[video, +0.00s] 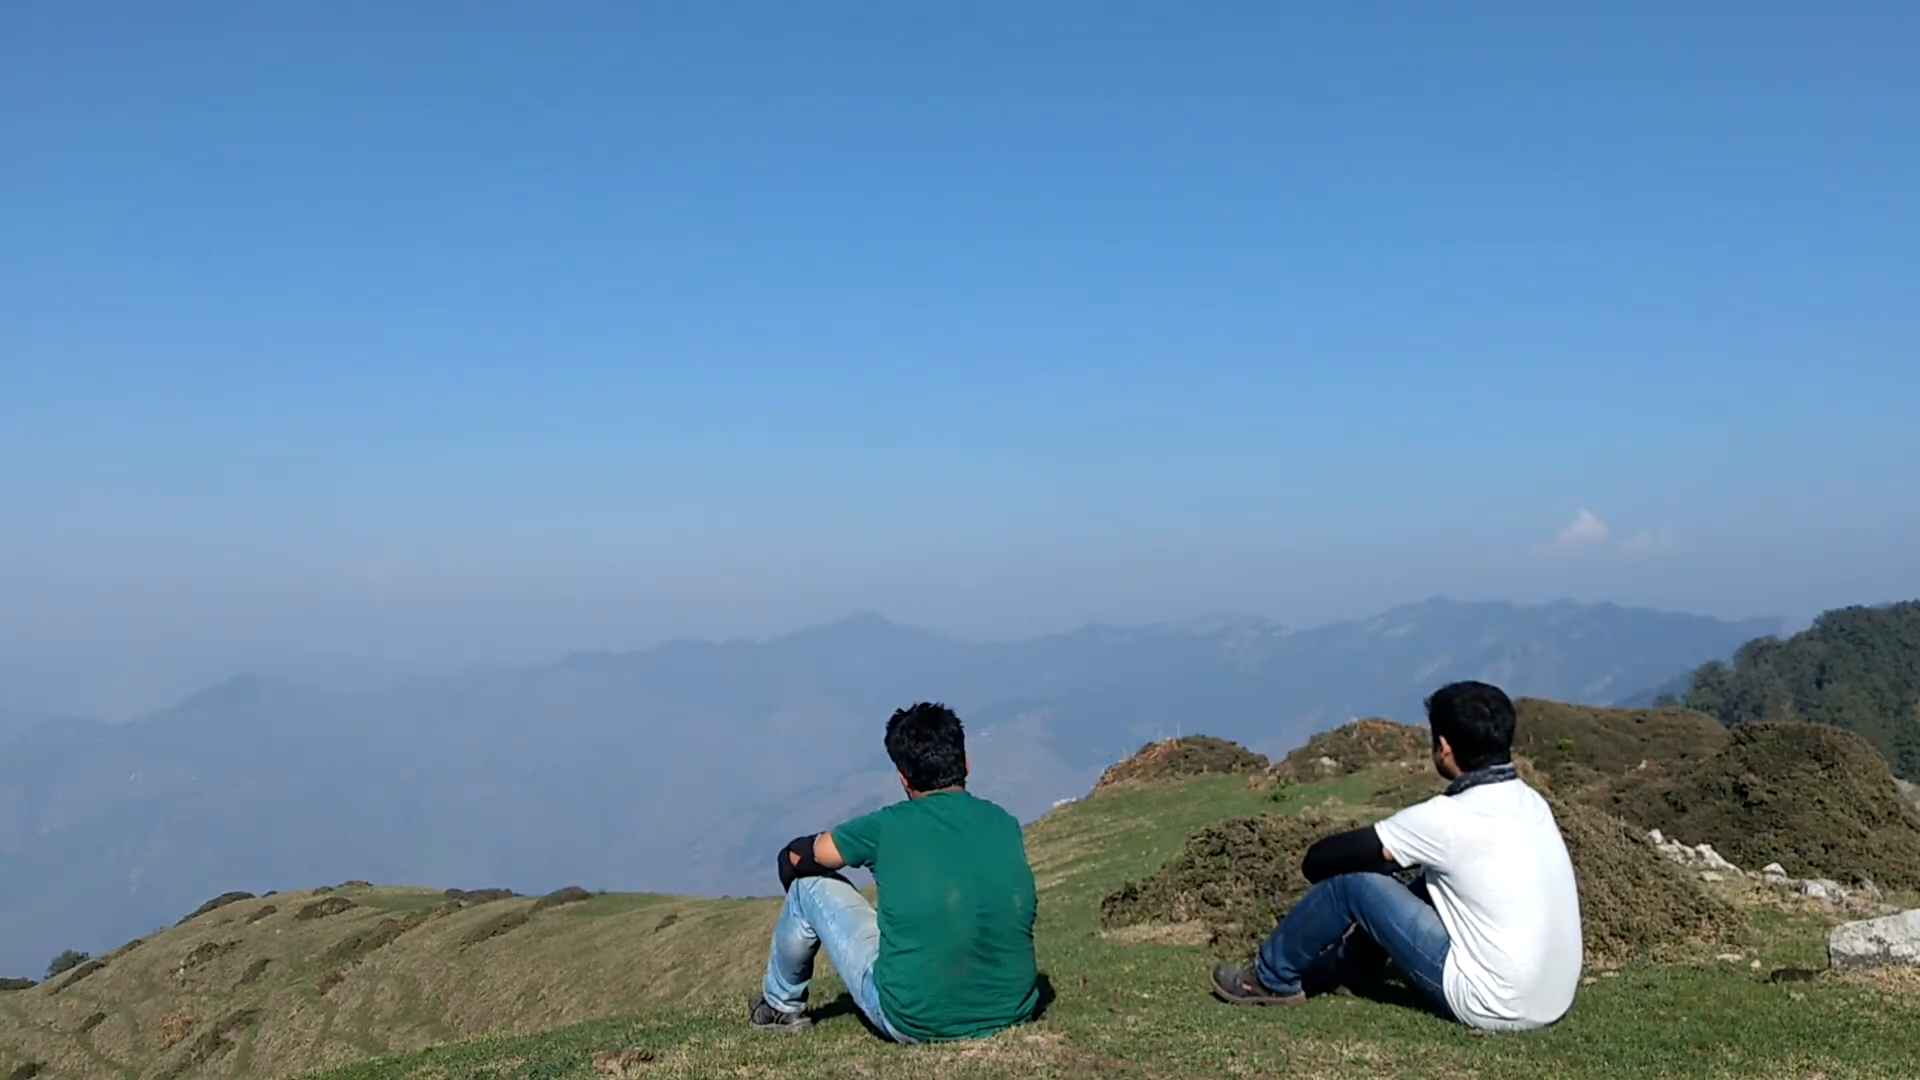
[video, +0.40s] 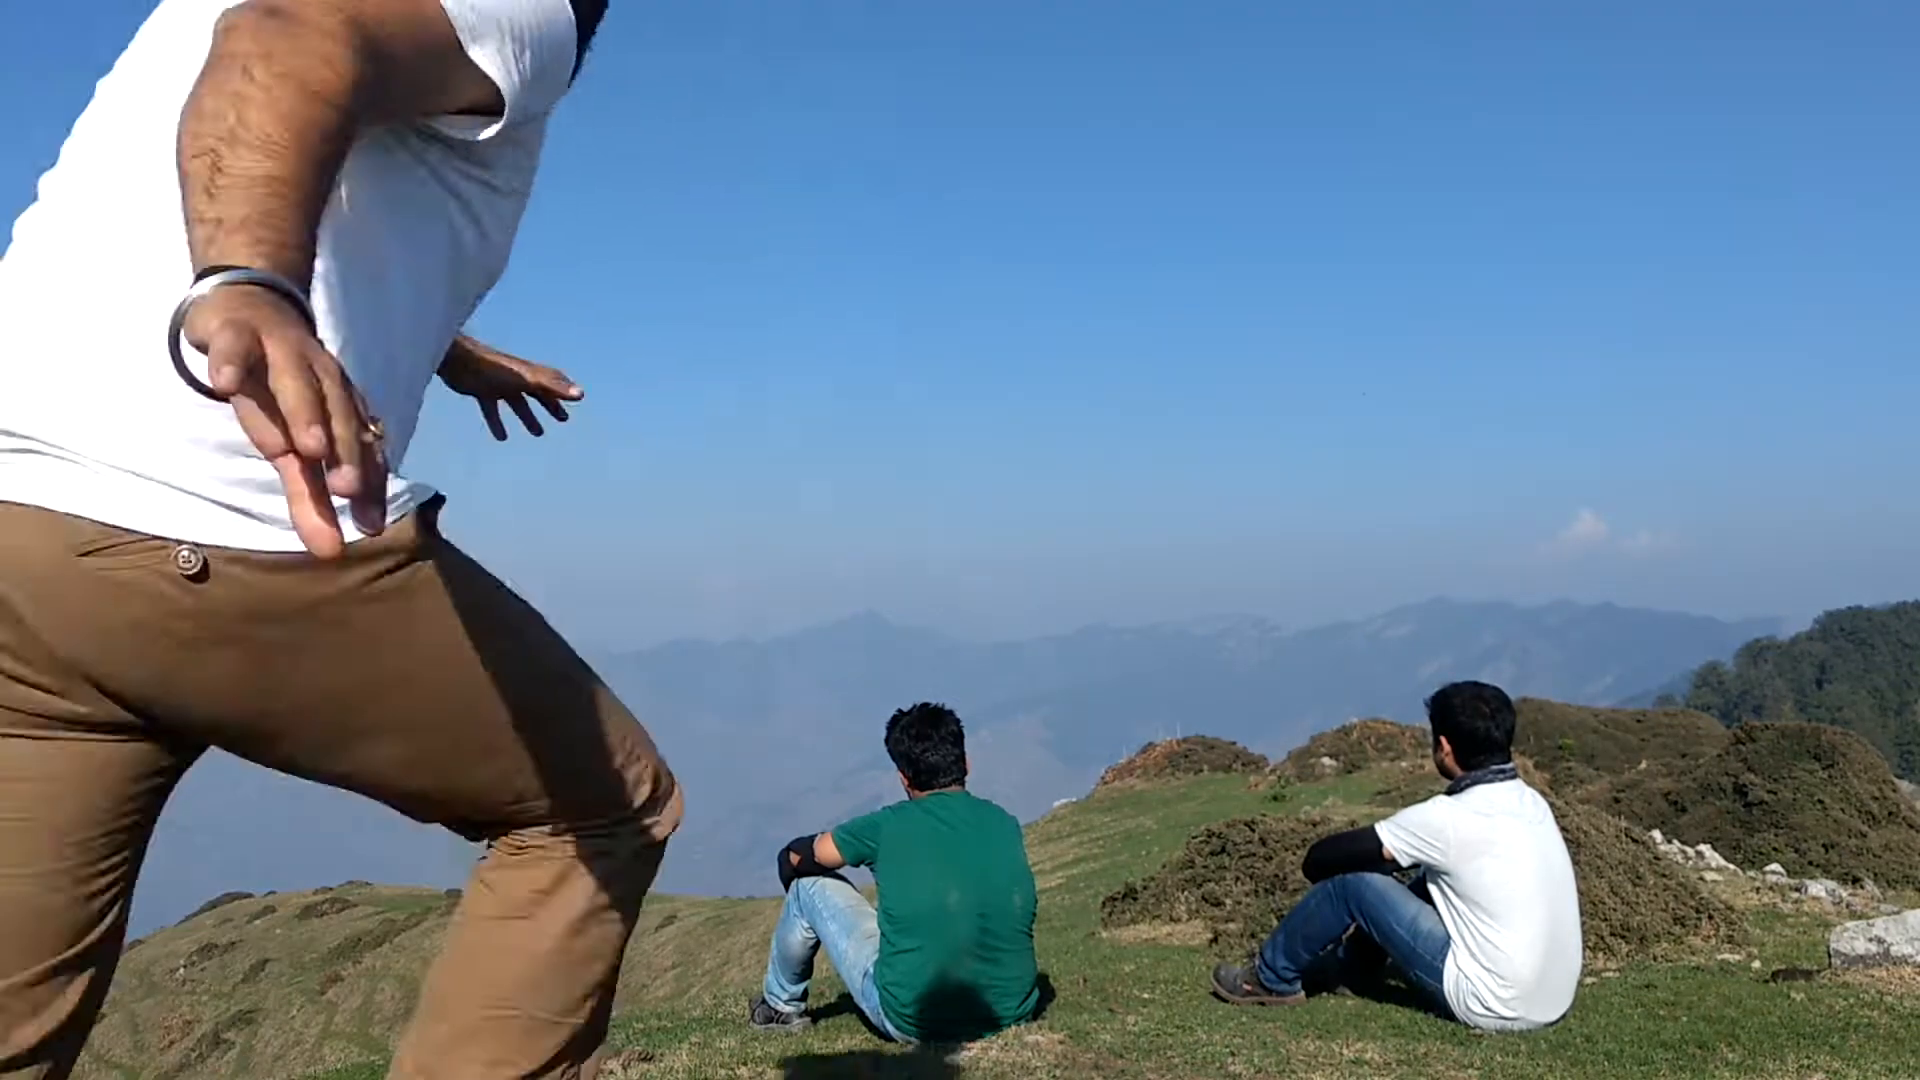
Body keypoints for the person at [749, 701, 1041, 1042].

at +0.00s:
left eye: (898, 770)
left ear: (904, 778)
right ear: (967, 764)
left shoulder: (887, 824)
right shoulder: (1005, 822)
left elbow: (796, 857)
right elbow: (1021, 911)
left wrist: (797, 888)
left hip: (915, 1020)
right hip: (1008, 1012)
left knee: (810, 886)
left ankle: (781, 1005)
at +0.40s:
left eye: (899, 771)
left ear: (905, 779)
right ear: (967, 765)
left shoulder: (889, 823)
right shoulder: (1006, 823)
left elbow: (796, 856)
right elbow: (1020, 911)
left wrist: (798, 893)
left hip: (912, 1018)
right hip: (1007, 1012)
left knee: (810, 886)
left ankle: (781, 1006)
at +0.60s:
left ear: (904, 779)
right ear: (966, 766)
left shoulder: (881, 829)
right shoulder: (1004, 824)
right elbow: (1022, 910)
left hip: (914, 1012)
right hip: (1010, 1006)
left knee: (824, 900)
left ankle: (777, 1001)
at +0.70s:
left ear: (911, 769)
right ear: (965, 764)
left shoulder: (897, 822)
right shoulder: (1004, 823)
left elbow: (822, 854)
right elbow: (1026, 904)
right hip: (1014, 1002)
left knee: (810, 890)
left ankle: (782, 1005)